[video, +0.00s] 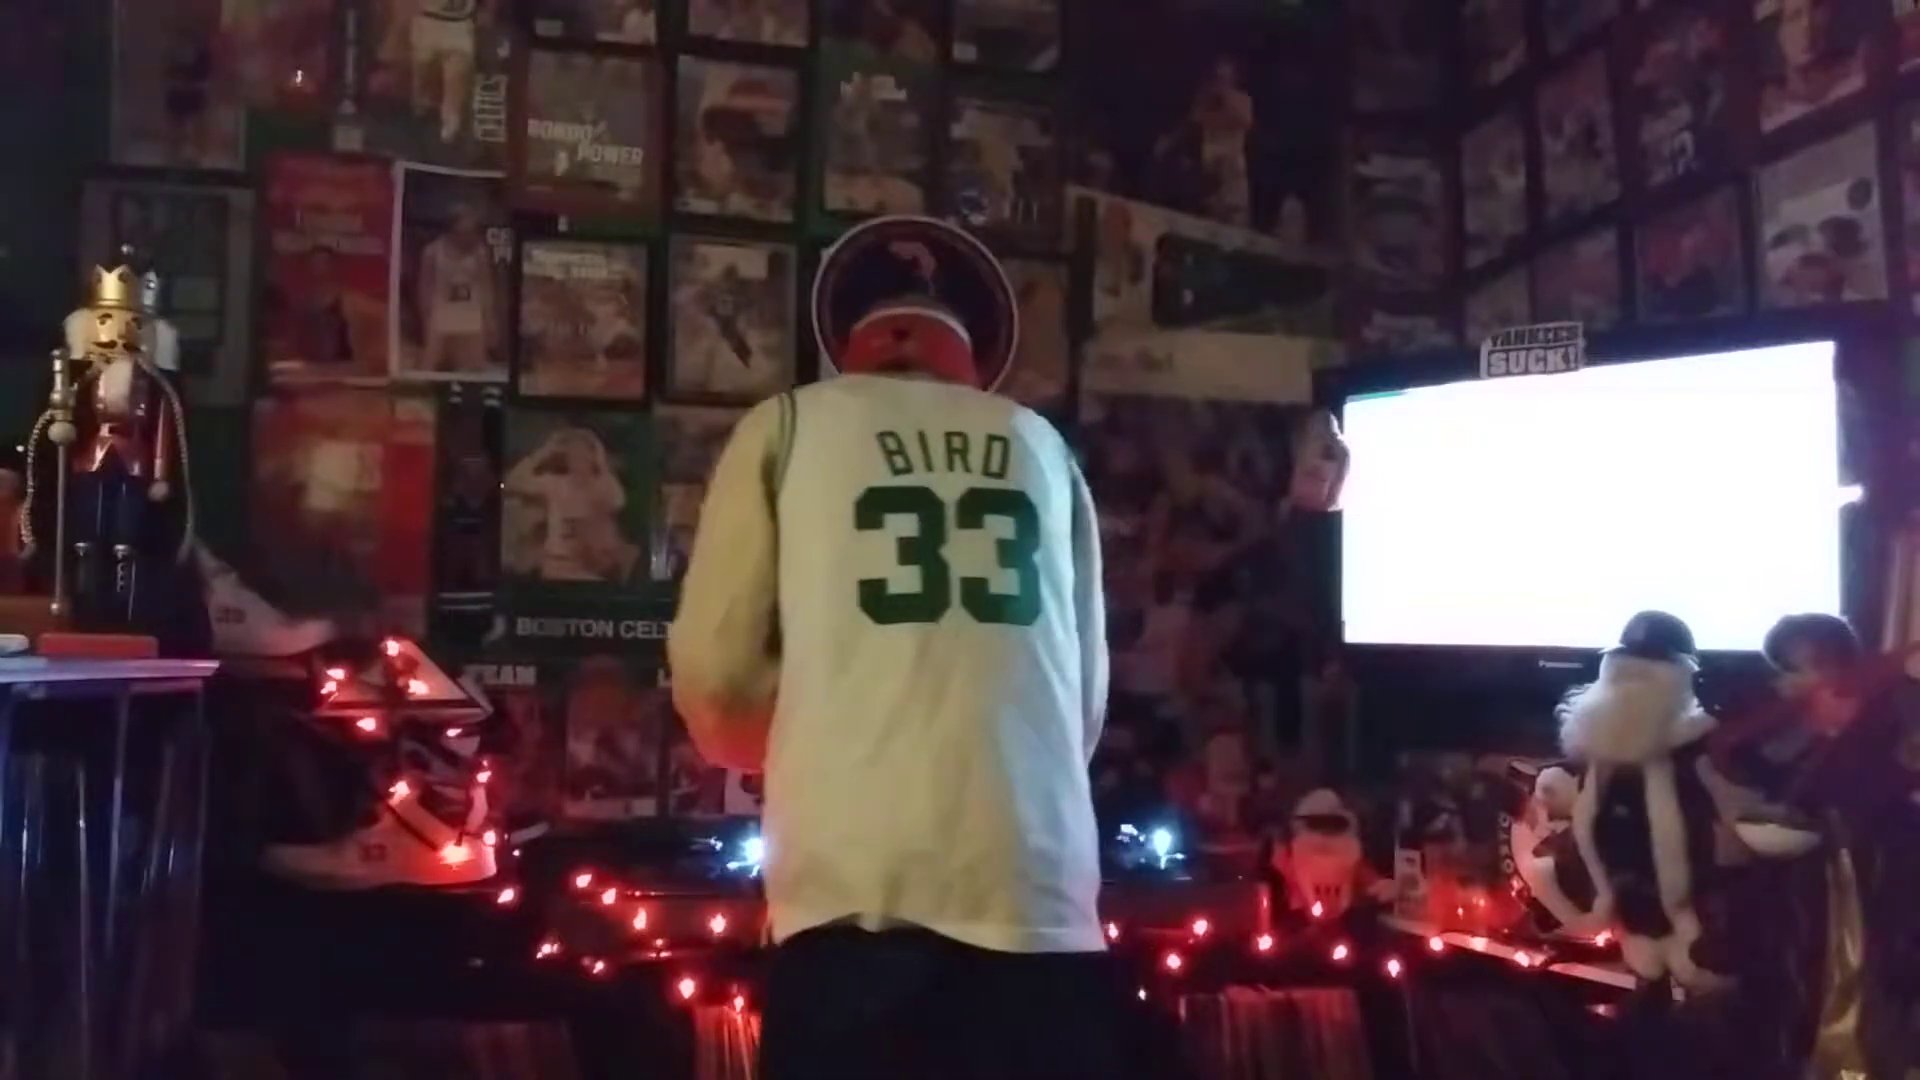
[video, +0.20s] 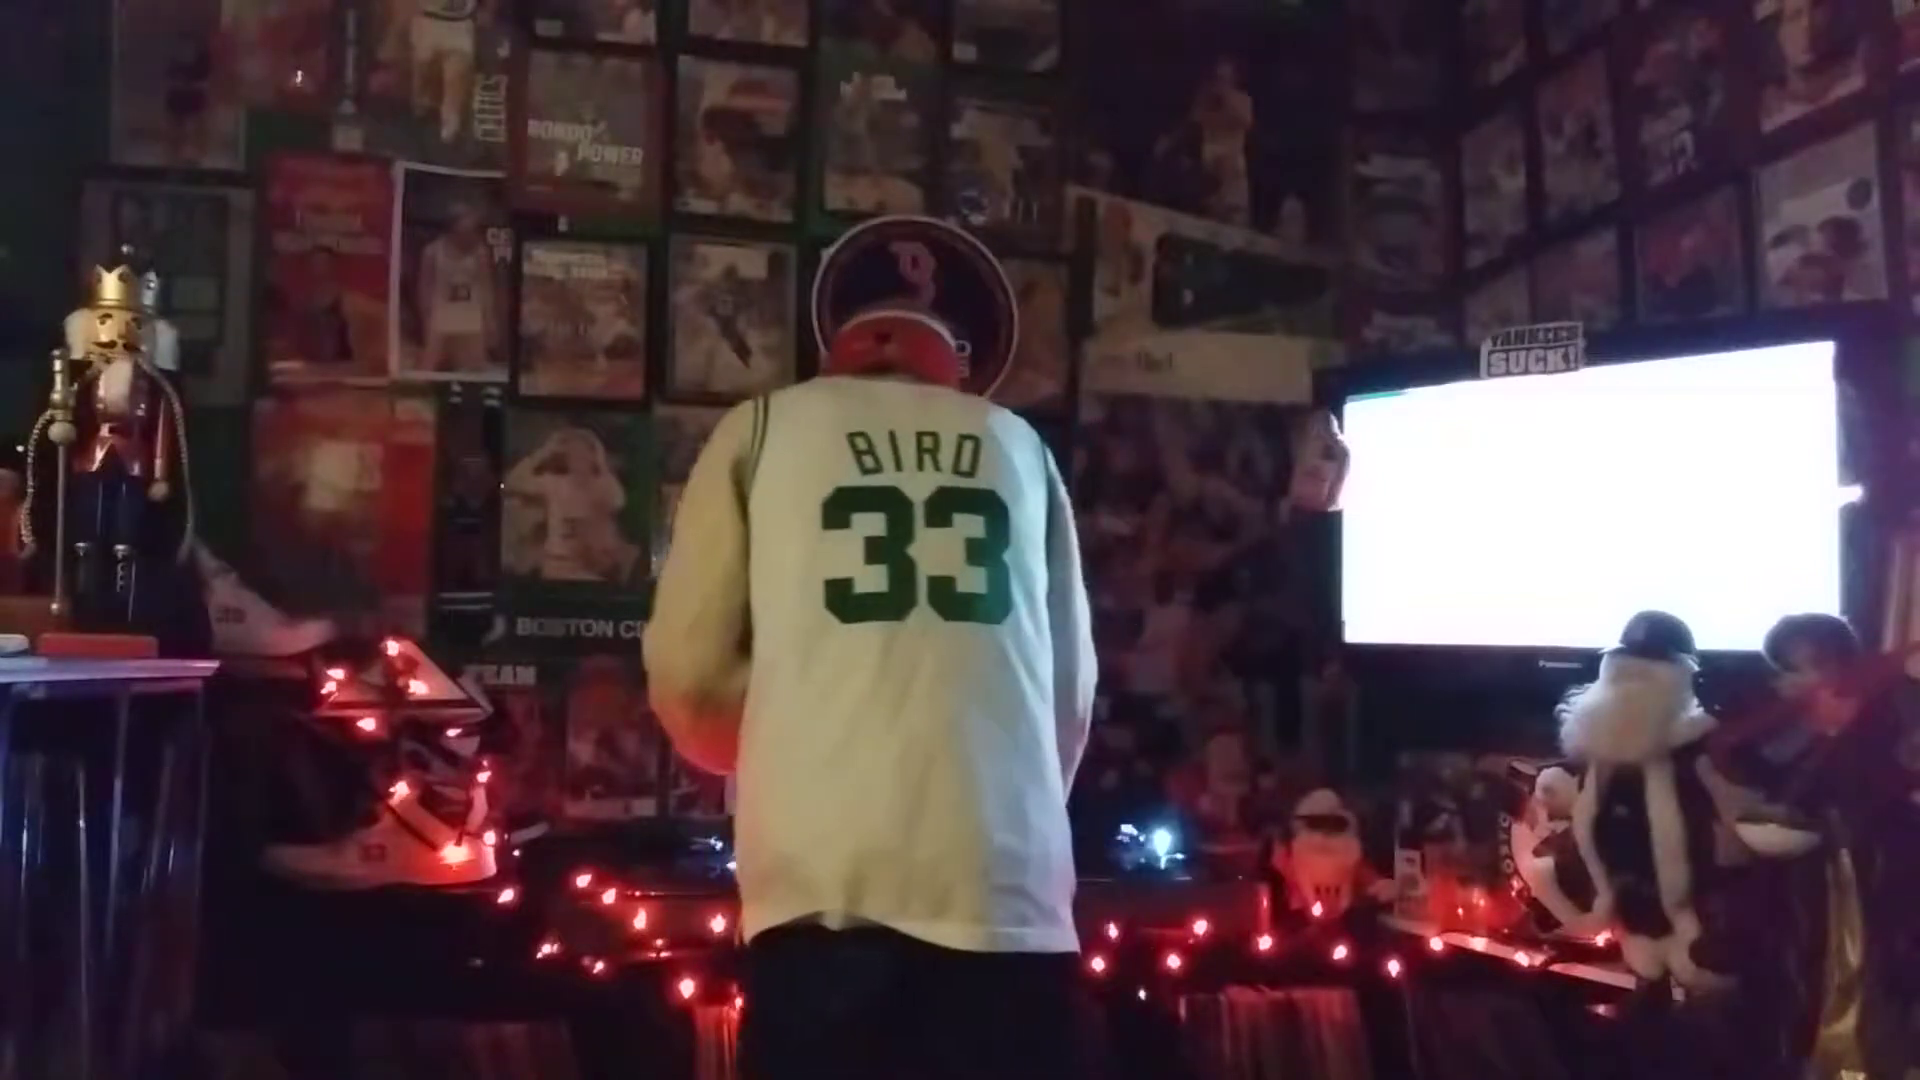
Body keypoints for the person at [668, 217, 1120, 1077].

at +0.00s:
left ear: (840, 344)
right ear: (977, 349)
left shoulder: (781, 426)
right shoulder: (1050, 449)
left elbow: (712, 673)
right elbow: (1084, 703)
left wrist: (817, 767)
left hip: (847, 928)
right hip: (1043, 932)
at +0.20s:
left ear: (828, 342)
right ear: (967, 354)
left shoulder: (757, 427)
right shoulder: (1025, 447)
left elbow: (684, 671)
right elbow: (1073, 692)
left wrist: (800, 757)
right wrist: (1012, 812)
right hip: (1010, 912)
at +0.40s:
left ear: (827, 345)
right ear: (955, 361)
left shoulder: (740, 431)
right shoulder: (1013, 450)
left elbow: (670, 673)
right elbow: (1064, 691)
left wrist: (791, 758)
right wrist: (1016, 815)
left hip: (799, 905)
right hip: (992, 904)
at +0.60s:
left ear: (826, 342)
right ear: (953, 359)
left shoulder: (736, 431)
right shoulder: (1009, 449)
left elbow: (665, 670)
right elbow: (1060, 691)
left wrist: (783, 758)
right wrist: (1013, 820)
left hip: (790, 901)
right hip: (983, 902)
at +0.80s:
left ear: (824, 338)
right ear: (955, 354)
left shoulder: (743, 428)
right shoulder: (1015, 446)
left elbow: (673, 672)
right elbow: (1062, 691)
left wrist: (791, 755)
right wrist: (1010, 818)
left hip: (800, 893)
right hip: (992, 894)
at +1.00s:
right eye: (948, 321)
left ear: (828, 337)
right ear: (963, 348)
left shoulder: (763, 424)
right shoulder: (1031, 442)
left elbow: (695, 675)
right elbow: (1070, 699)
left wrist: (814, 755)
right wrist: (985, 786)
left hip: (821, 900)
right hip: (1015, 902)